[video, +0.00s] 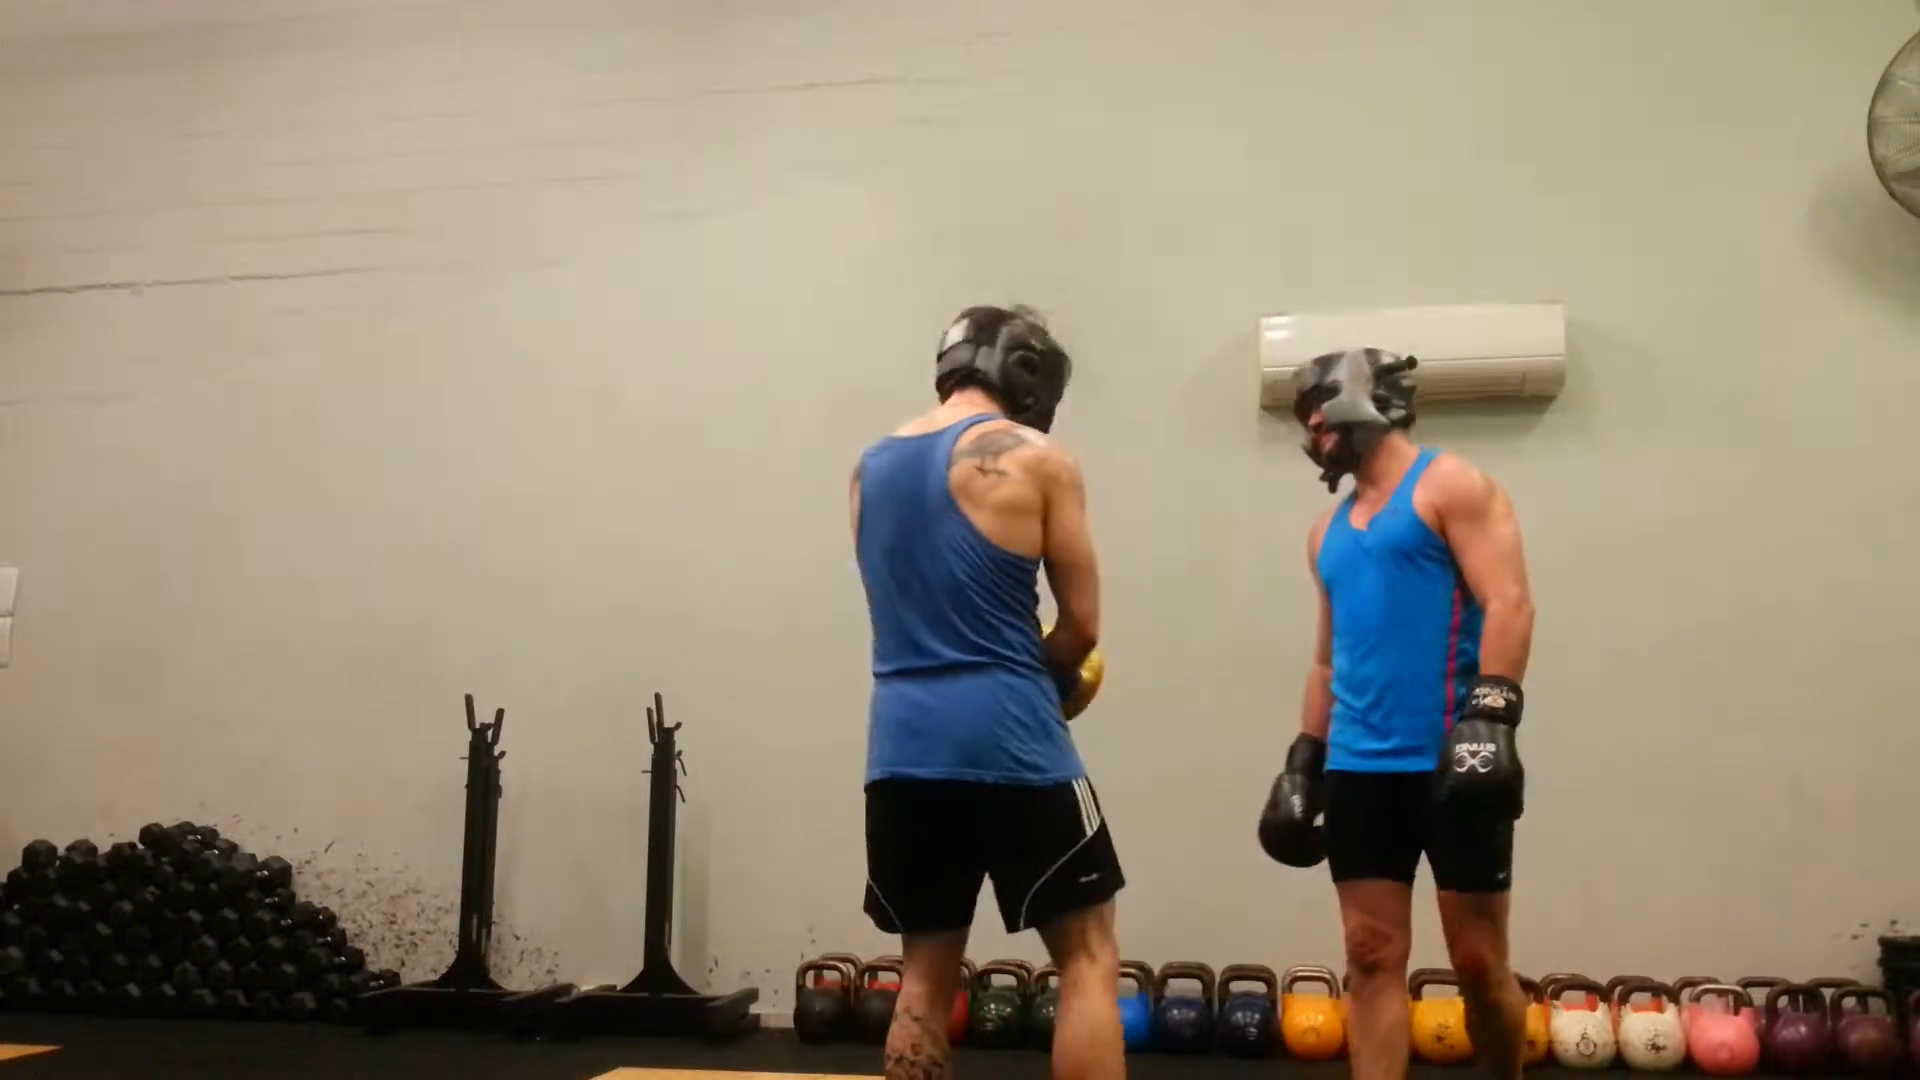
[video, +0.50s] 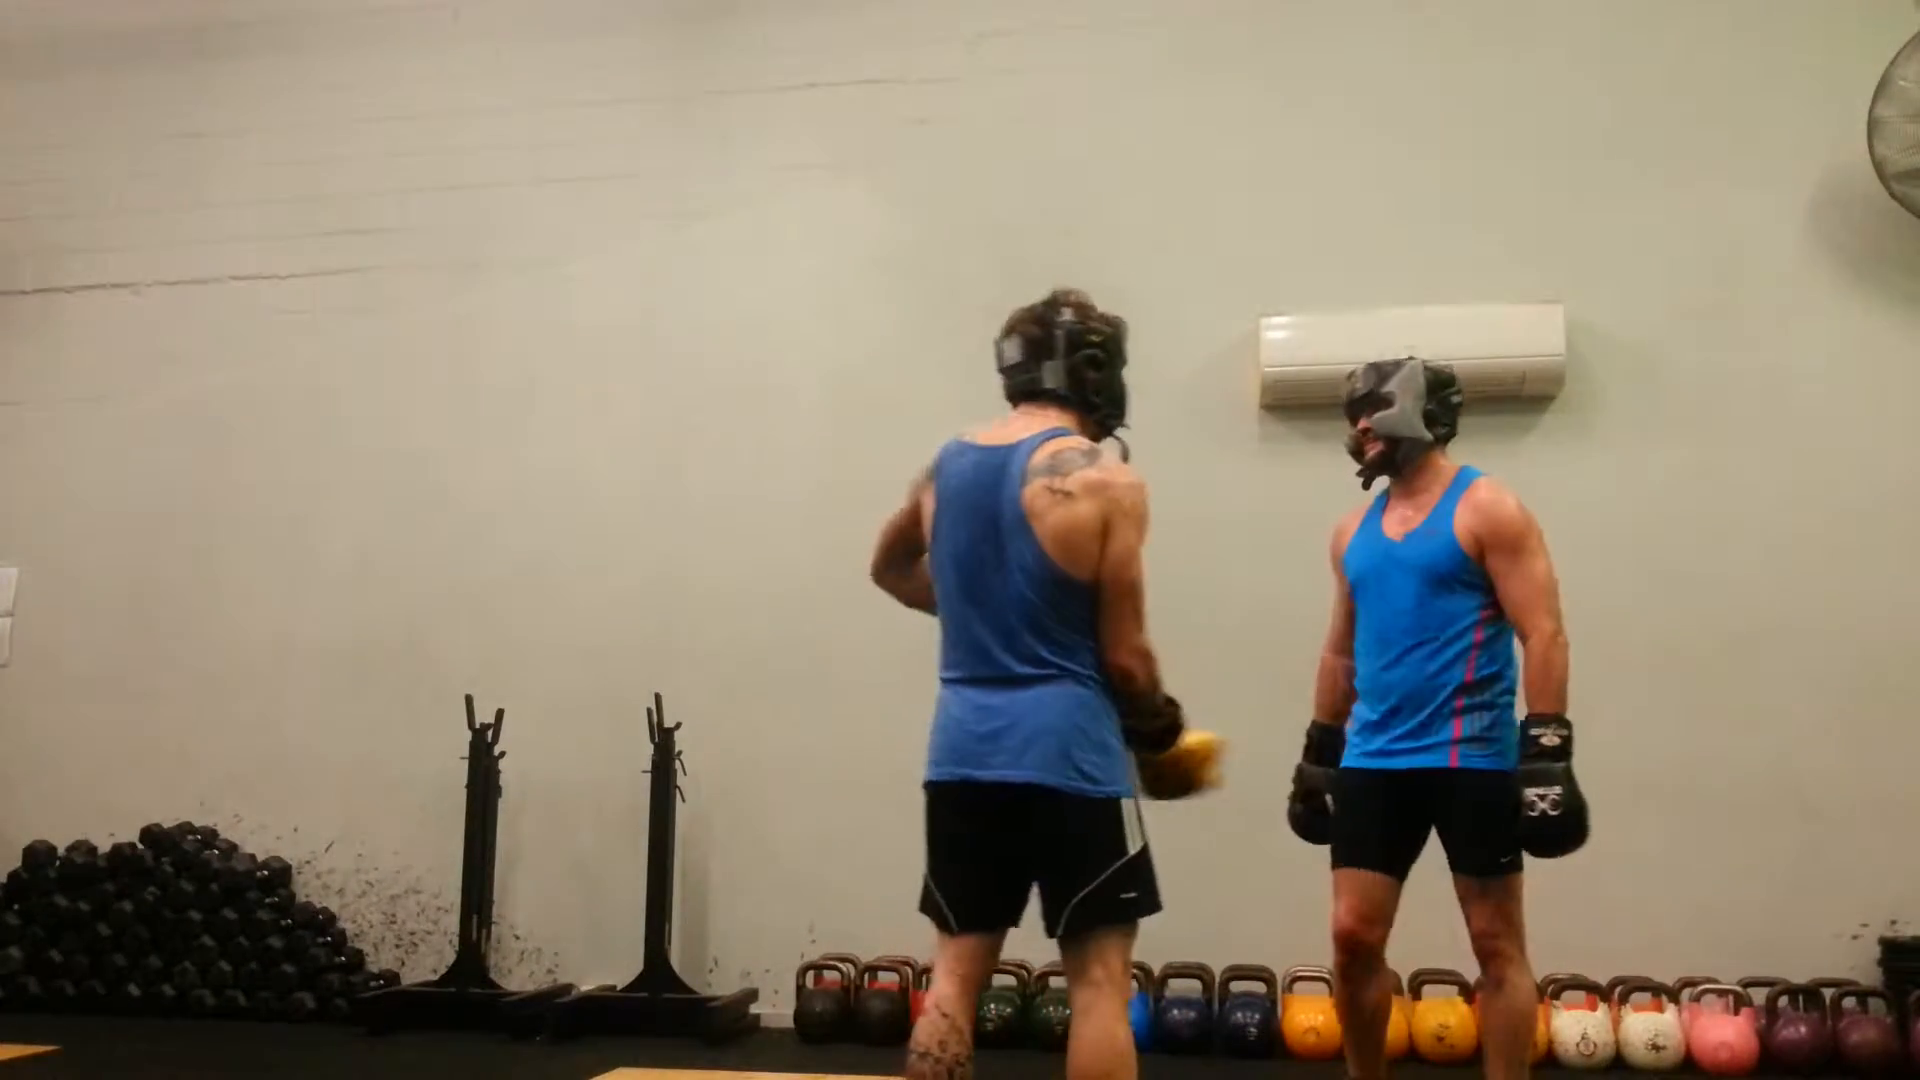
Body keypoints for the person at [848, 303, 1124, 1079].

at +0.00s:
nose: (1046, 405)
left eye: (1047, 392)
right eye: (1044, 389)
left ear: (946, 374)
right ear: (1024, 377)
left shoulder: (871, 465)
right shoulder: (1042, 459)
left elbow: (902, 607)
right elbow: (1080, 624)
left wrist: (1056, 676)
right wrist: (1037, 672)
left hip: (902, 755)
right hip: (1016, 753)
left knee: (925, 971)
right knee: (1087, 961)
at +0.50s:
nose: (1119, 376)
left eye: (1112, 361)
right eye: (1113, 363)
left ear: (1014, 372)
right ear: (1100, 373)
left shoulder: (952, 462)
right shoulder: (1111, 483)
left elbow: (891, 566)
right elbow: (1124, 657)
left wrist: (980, 608)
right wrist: (1161, 743)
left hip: (962, 758)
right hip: (1072, 764)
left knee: (955, 973)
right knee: (1100, 986)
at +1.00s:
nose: (1213, 402)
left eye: (1213, 392)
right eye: (1212, 390)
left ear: (1117, 380)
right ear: (1196, 384)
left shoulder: (1046, 452)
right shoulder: (1213, 485)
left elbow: (971, 536)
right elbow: (1233, 649)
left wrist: (1059, 568)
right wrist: (1216, 727)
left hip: (1050, 751)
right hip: (1153, 758)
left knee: (1054, 946)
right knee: (1142, 979)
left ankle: (1011, 1076)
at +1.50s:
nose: (1227, 437)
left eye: (1229, 425)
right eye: (1226, 422)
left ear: (1138, 398)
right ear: (1205, 404)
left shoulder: (1069, 472)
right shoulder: (1216, 471)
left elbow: (1055, 573)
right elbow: (1253, 622)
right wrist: (1186, 687)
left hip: (1082, 762)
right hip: (1177, 765)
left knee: (1122, 962)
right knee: (1209, 972)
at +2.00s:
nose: (1278, 435)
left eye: (1281, 424)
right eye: (1277, 420)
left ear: (1189, 403)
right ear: (1257, 408)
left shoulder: (1131, 479)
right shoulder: (1264, 476)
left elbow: (1171, 623)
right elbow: (1322, 612)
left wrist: (1254, 664)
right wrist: (1224, 649)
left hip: (1145, 764)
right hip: (1242, 765)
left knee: (1156, 968)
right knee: (1305, 978)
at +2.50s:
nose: (1419, 385)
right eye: (1416, 374)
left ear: (1318, 375)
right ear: (1406, 384)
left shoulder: (1258, 456)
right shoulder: (1430, 476)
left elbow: (1211, 562)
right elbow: (1431, 601)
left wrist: (1285, 621)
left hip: (1251, 758)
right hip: (1364, 762)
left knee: (1216, 975)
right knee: (1363, 985)